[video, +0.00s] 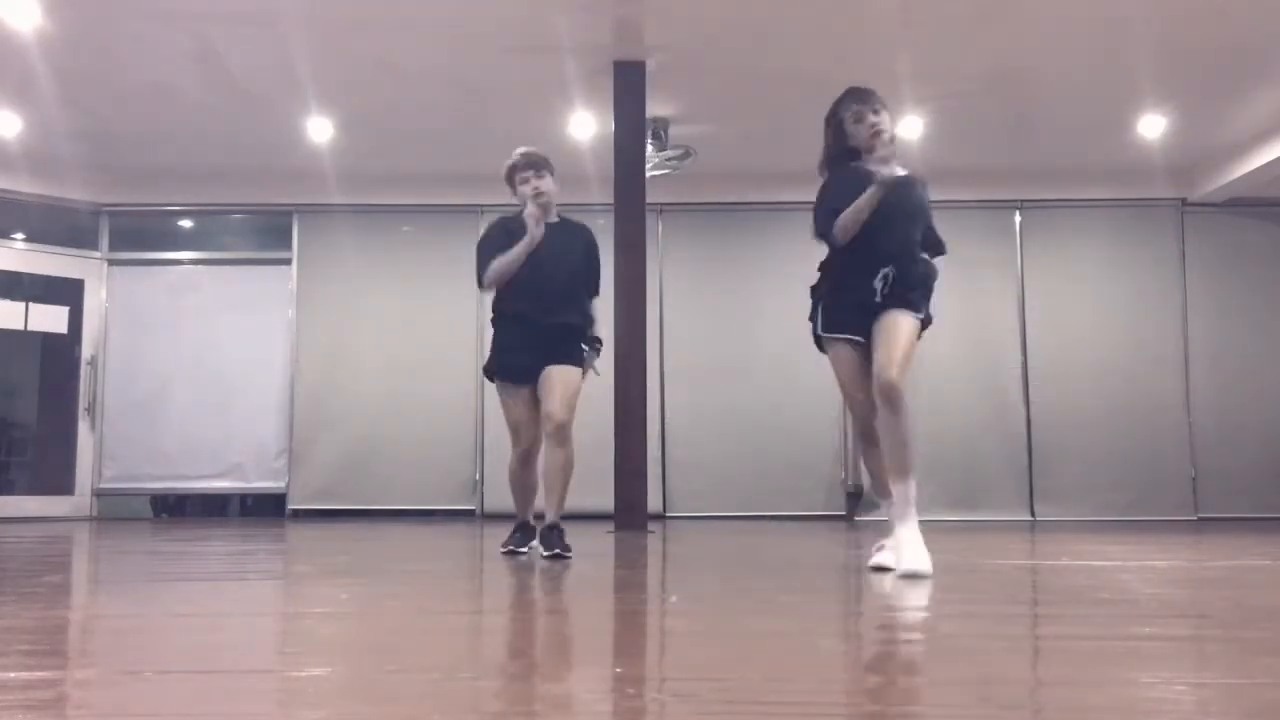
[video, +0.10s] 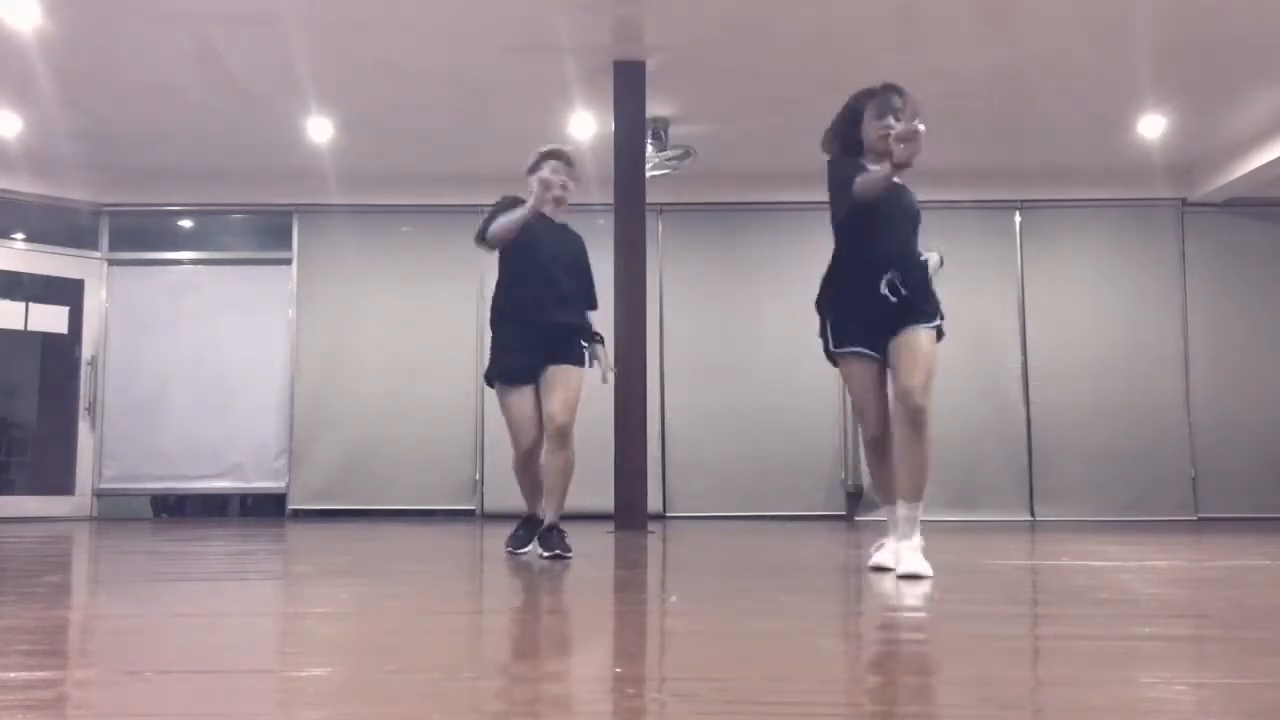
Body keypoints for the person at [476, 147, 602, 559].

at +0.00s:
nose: (533, 185)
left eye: (539, 176)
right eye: (524, 181)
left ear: (554, 181)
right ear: (514, 190)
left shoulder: (579, 234)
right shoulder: (501, 230)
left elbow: (589, 295)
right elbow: (488, 278)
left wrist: (590, 338)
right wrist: (529, 238)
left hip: (565, 341)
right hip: (514, 341)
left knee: (558, 423)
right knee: (524, 446)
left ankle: (552, 525)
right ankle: (524, 524)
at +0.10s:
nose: (556, 180)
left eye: (563, 175)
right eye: (548, 172)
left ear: (571, 188)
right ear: (531, 179)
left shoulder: (571, 239)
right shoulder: (510, 212)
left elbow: (579, 302)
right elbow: (492, 235)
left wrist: (595, 338)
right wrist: (530, 208)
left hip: (565, 340)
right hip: (515, 339)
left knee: (559, 425)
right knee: (526, 445)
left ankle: (552, 526)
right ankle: (533, 516)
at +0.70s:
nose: (506, 162)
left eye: (515, 156)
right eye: (497, 155)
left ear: (530, 167)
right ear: (485, 167)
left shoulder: (547, 221)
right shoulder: (464, 216)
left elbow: (557, 284)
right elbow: (442, 266)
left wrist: (537, 339)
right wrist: (458, 283)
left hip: (523, 343)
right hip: (466, 339)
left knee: (547, 440)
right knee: (443, 435)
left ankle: (583, 527)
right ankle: (413, 529)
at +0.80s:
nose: (499, 171)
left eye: (509, 165)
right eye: (491, 164)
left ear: (523, 175)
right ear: (480, 175)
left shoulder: (541, 217)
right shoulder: (468, 233)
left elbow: (560, 279)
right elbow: (449, 296)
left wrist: (534, 329)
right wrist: (462, 286)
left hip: (518, 343)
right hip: (465, 344)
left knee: (545, 440)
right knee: (441, 437)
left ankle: (582, 526)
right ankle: (412, 530)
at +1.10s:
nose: (490, 163)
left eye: (500, 156)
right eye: (482, 156)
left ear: (515, 166)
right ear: (471, 166)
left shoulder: (536, 216)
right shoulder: (453, 221)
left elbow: (552, 277)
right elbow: (432, 271)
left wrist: (533, 329)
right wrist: (458, 287)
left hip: (523, 338)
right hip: (469, 338)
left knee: (552, 437)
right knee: (445, 431)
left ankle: (585, 525)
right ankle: (416, 528)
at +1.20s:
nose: (484, 173)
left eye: (492, 166)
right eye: (476, 167)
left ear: (509, 174)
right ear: (466, 177)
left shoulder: (533, 212)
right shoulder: (466, 236)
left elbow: (559, 273)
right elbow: (454, 284)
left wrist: (533, 326)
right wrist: (457, 285)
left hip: (514, 341)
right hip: (464, 341)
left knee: (543, 441)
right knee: (443, 435)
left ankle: (585, 528)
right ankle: (416, 530)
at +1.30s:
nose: (483, 174)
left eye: (491, 166)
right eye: (475, 168)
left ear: (509, 172)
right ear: (467, 178)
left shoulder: (536, 212)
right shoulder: (465, 234)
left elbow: (566, 271)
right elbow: (447, 295)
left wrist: (541, 320)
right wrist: (462, 292)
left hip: (520, 341)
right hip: (467, 341)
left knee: (548, 440)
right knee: (444, 436)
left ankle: (585, 527)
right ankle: (416, 530)